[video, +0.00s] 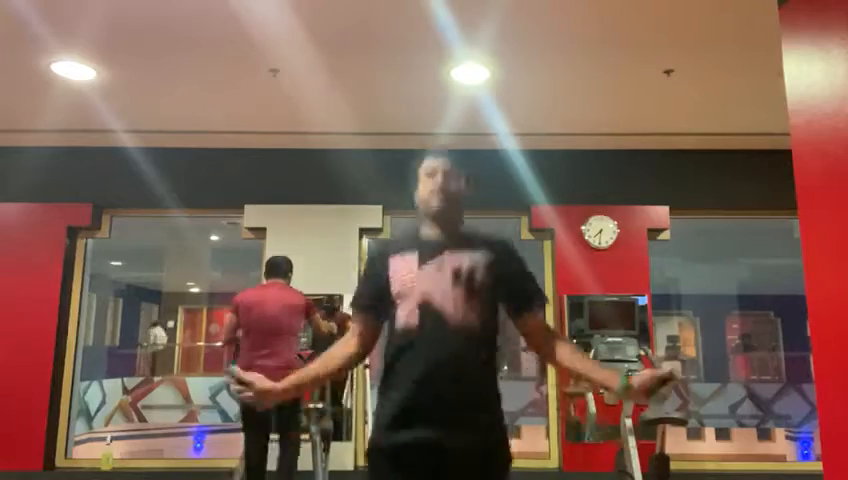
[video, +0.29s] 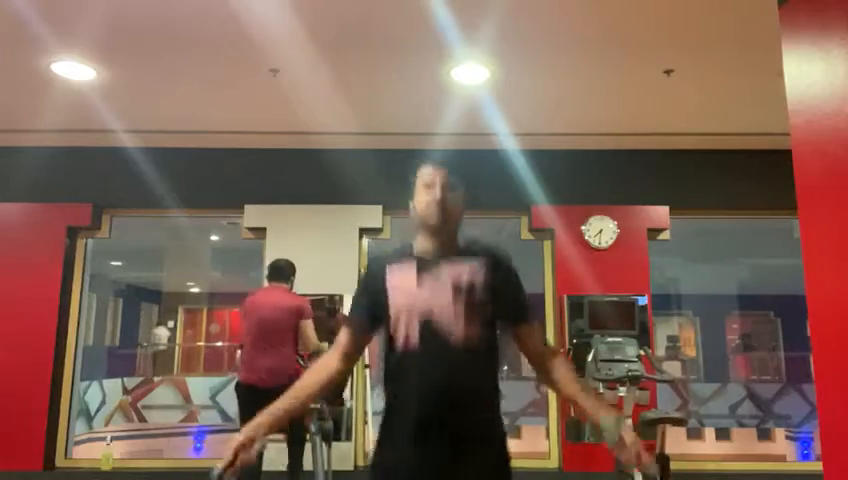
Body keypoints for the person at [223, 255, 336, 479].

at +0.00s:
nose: (290, 279)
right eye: (290, 275)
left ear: (265, 274)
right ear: (290, 275)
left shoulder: (244, 297)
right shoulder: (299, 298)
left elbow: (227, 337)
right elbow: (320, 330)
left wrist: (243, 336)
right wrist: (331, 325)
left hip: (251, 375)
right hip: (287, 376)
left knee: (255, 440)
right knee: (289, 439)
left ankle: (254, 476)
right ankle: (285, 476)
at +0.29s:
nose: (291, 282)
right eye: (292, 278)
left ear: (267, 277)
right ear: (292, 279)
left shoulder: (249, 301)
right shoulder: (299, 303)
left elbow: (245, 339)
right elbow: (310, 344)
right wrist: (320, 346)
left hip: (250, 380)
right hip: (285, 379)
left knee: (251, 437)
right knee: (296, 426)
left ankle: (251, 474)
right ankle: (295, 470)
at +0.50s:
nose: (294, 280)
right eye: (295, 276)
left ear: (270, 275)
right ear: (295, 277)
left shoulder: (251, 296)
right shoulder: (306, 302)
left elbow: (243, 330)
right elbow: (324, 340)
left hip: (254, 374)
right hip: (292, 375)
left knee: (255, 435)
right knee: (287, 440)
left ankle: (251, 476)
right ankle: (287, 476)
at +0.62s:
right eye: (293, 280)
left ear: (270, 279)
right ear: (294, 281)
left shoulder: (251, 302)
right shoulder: (304, 305)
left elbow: (234, 339)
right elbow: (325, 338)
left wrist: (231, 366)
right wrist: (315, 353)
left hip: (254, 383)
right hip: (291, 384)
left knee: (256, 436)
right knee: (286, 438)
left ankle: (256, 474)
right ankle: (284, 475)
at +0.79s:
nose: (291, 280)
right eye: (293, 276)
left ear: (268, 275)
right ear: (292, 277)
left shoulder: (247, 298)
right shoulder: (303, 301)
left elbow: (228, 340)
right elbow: (323, 326)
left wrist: (237, 350)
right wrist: (334, 325)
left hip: (250, 381)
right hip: (285, 380)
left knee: (255, 437)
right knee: (285, 439)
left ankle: (255, 476)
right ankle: (284, 477)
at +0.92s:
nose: (291, 281)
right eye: (293, 278)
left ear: (267, 276)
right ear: (291, 278)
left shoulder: (244, 299)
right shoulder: (300, 302)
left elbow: (226, 335)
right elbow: (320, 335)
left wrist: (248, 333)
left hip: (249, 377)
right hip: (285, 377)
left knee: (252, 441)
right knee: (292, 434)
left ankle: (252, 476)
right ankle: (287, 474)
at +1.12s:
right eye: (292, 281)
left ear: (267, 280)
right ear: (292, 282)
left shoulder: (249, 303)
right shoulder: (298, 307)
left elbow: (245, 342)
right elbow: (310, 351)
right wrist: (320, 352)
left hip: (248, 385)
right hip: (284, 387)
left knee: (247, 443)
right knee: (296, 420)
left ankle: (244, 475)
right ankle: (295, 469)